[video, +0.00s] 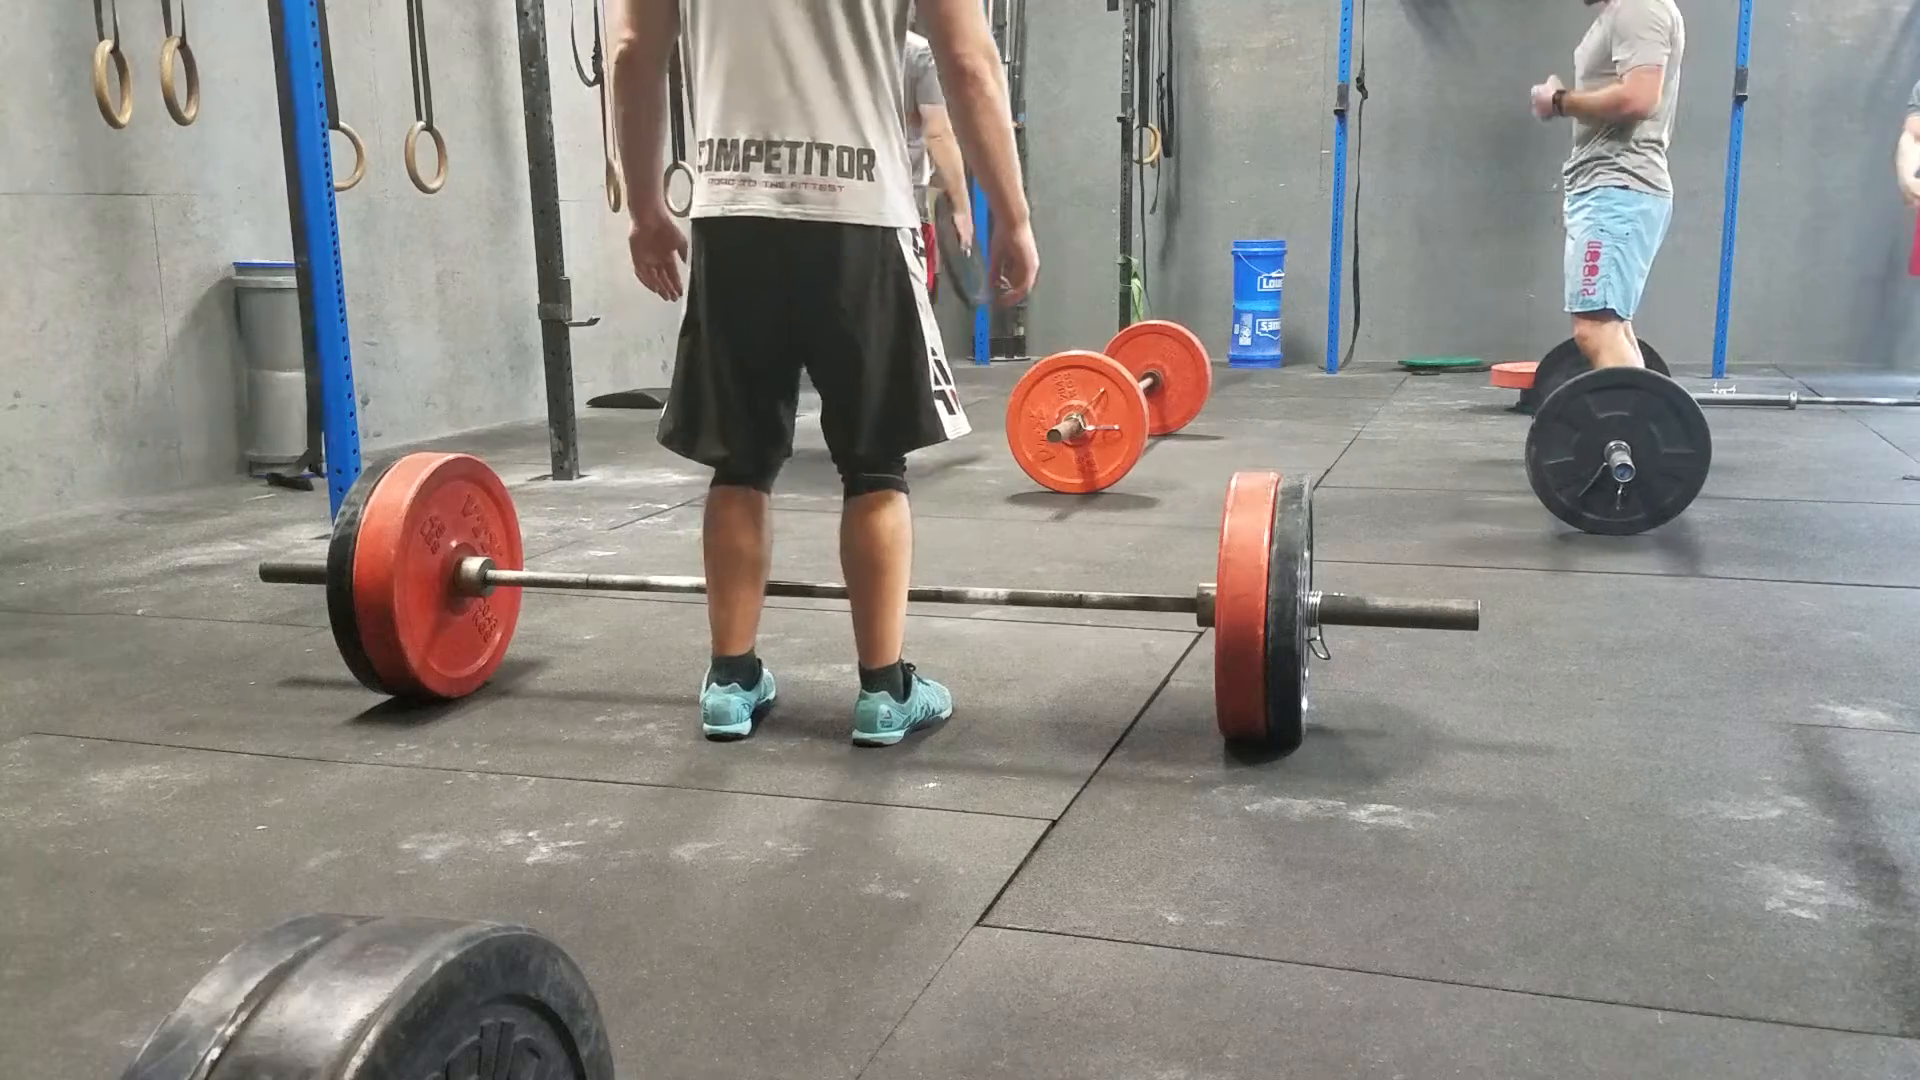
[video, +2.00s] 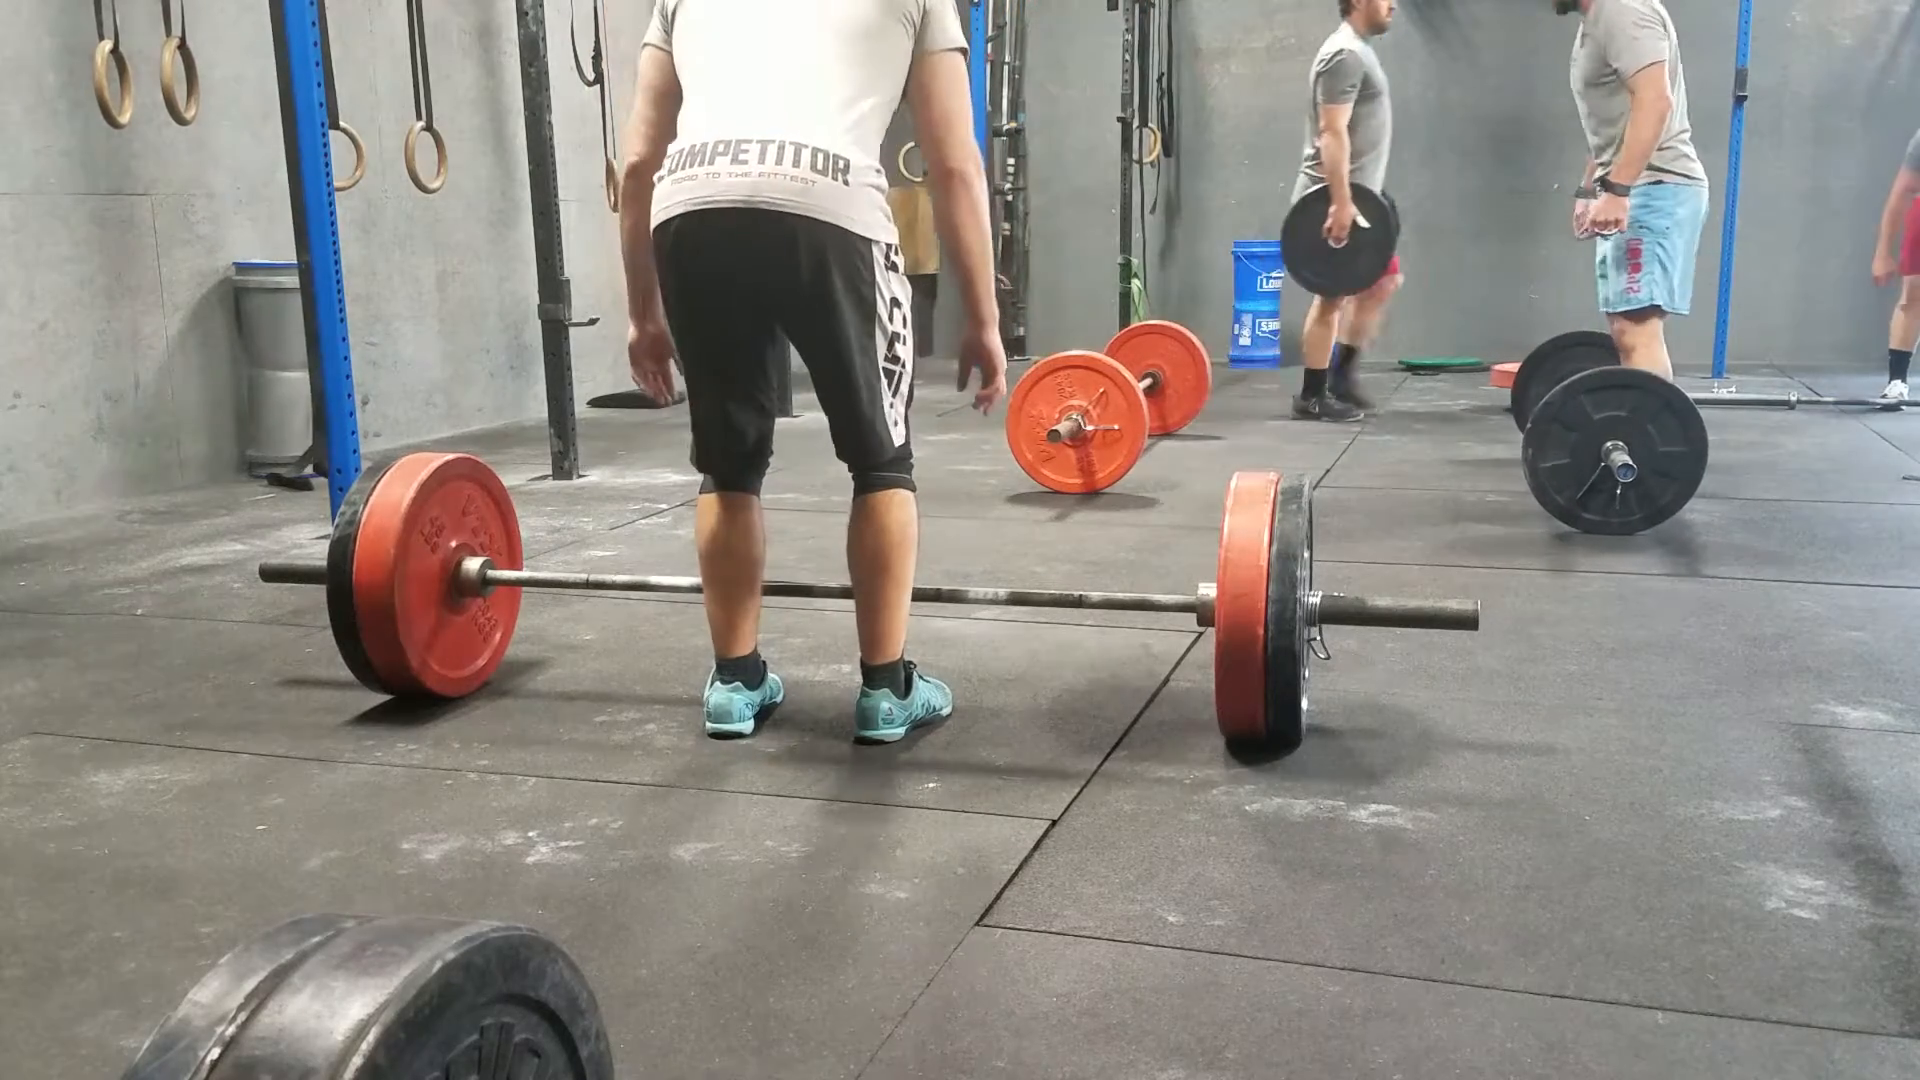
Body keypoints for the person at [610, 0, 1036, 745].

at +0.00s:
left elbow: (635, 49)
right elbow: (967, 60)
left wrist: (646, 206)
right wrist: (1011, 217)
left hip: (732, 216)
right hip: (860, 217)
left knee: (738, 464)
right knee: (875, 468)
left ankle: (729, 682)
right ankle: (884, 689)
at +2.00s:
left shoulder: (682, 6)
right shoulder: (918, 4)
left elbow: (640, 159)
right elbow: (954, 165)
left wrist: (644, 314)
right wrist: (982, 319)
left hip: (695, 215)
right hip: (832, 214)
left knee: (727, 468)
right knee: (880, 465)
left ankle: (733, 680)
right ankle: (885, 687)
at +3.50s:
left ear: (832, 30)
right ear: (908, 56)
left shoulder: (721, 58)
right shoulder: (922, 83)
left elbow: (635, 251)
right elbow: (943, 269)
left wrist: (633, 411)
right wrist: (971, 437)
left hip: (681, 239)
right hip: (817, 240)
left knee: (723, 471)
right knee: (880, 467)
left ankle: (733, 681)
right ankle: (885, 688)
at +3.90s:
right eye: (910, 142)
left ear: (829, 114)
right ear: (907, 135)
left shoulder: (744, 134)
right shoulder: (928, 174)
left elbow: (649, 365)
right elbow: (947, 369)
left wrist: (654, 507)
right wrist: (992, 523)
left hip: (672, 258)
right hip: (812, 270)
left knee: (723, 477)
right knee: (880, 477)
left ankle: (730, 681)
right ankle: (883, 687)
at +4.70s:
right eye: (918, 73)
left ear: (822, 56)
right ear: (908, 66)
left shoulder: (748, 90)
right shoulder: (931, 117)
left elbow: (671, 296)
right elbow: (959, 295)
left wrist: (657, 442)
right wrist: (994, 453)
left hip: (678, 219)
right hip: (808, 224)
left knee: (735, 467)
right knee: (883, 467)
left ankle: (733, 680)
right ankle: (886, 688)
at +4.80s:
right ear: (906, 13)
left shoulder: (729, 26)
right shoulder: (926, 42)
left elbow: (668, 214)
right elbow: (958, 223)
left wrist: (647, 367)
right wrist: (990, 382)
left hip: (686, 197)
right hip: (808, 198)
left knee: (728, 463)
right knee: (878, 456)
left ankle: (732, 680)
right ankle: (886, 686)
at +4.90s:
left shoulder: (689, 8)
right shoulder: (923, 6)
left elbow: (650, 148)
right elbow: (949, 137)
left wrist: (639, 293)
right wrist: (986, 300)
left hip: (699, 183)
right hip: (819, 184)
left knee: (728, 455)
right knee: (875, 454)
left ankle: (732, 680)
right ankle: (886, 684)